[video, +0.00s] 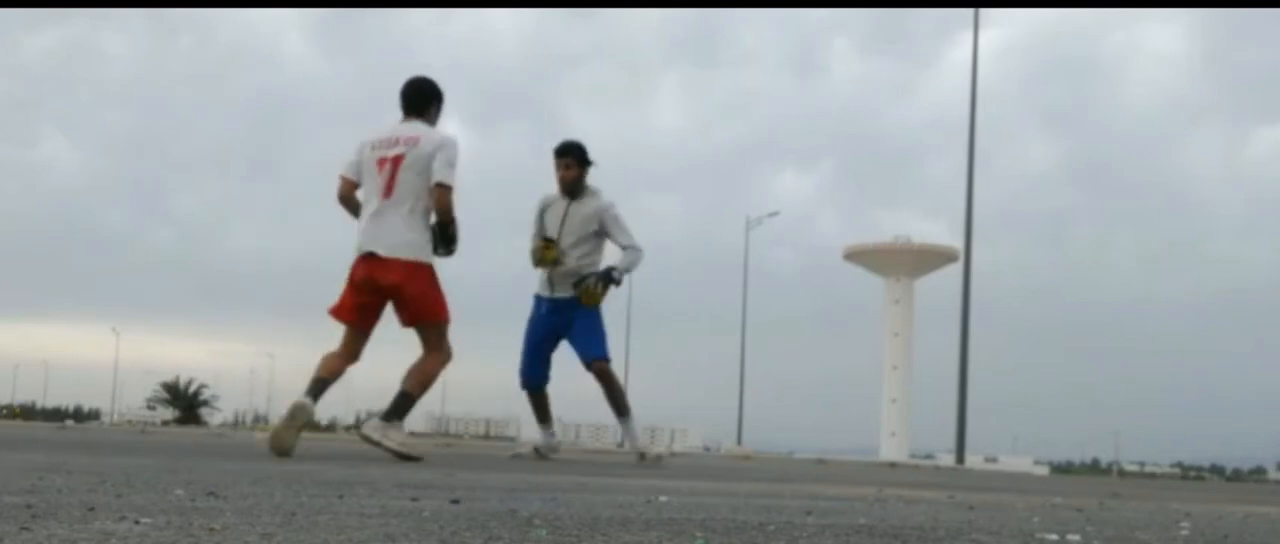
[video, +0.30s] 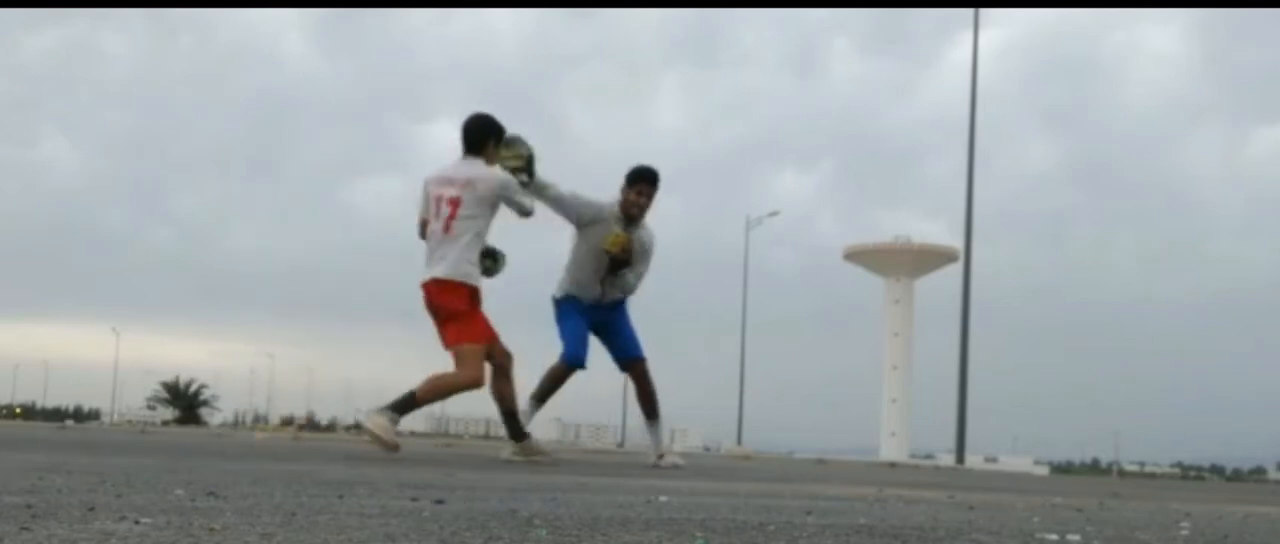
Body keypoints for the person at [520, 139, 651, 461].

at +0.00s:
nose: (563, 173)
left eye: (570, 167)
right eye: (559, 167)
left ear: (584, 170)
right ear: (555, 169)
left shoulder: (600, 208)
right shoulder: (546, 205)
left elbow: (633, 251)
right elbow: (536, 253)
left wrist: (612, 274)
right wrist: (542, 256)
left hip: (582, 304)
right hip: (547, 303)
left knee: (599, 367)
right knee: (531, 378)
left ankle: (630, 436)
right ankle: (548, 439)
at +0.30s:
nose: (640, 201)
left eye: (647, 196)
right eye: (636, 193)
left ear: (652, 201)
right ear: (623, 191)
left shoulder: (643, 241)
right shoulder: (595, 215)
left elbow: (626, 288)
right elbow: (558, 198)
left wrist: (616, 267)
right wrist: (528, 180)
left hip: (609, 307)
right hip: (573, 300)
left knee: (638, 367)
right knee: (573, 358)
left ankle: (659, 449)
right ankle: (521, 423)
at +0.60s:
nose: (662, 208)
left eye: (671, 204)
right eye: (659, 200)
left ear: (677, 210)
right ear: (648, 198)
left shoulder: (652, 236)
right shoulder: (623, 228)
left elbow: (621, 265)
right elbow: (597, 283)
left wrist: (627, 284)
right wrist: (622, 321)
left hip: (596, 297)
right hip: (565, 288)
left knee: (624, 369)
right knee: (548, 367)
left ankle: (623, 447)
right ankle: (498, 433)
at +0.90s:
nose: (695, 171)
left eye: (703, 166)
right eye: (691, 163)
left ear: (716, 171)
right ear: (685, 164)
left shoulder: (715, 213)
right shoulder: (665, 201)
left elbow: (700, 254)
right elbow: (632, 247)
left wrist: (699, 276)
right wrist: (658, 278)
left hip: (674, 300)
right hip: (638, 292)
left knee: (689, 371)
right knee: (606, 360)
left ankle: (656, 451)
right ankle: (540, 428)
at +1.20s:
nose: (702, 150)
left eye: (709, 143)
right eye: (697, 144)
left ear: (727, 142)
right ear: (694, 146)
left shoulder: (753, 184)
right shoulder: (693, 185)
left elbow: (787, 233)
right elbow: (674, 227)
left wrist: (752, 245)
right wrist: (680, 246)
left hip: (737, 288)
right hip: (699, 286)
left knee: (727, 374)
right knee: (712, 371)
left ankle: (697, 432)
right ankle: (742, 449)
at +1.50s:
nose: (738, 130)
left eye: (745, 122)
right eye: (734, 124)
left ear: (766, 120)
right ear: (733, 127)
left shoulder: (795, 161)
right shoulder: (734, 170)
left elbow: (832, 209)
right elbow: (725, 218)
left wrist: (796, 227)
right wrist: (731, 237)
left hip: (786, 276)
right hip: (745, 277)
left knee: (798, 359)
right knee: (740, 365)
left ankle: (820, 459)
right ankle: (747, 456)